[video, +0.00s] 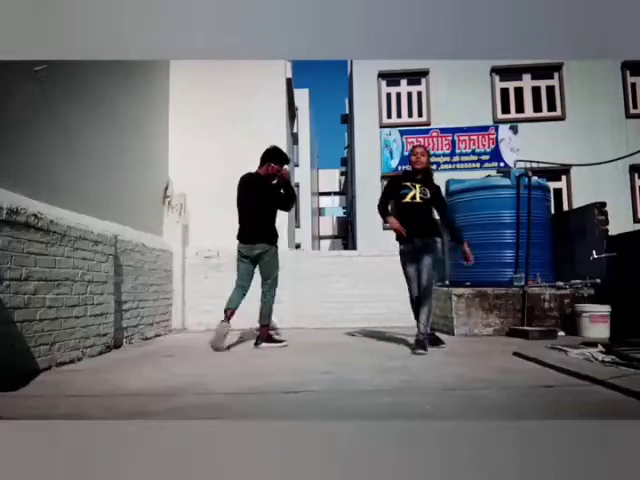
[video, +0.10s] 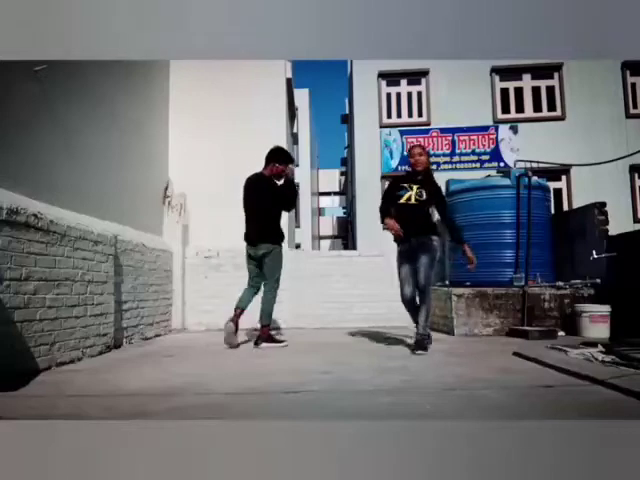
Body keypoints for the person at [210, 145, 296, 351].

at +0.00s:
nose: (280, 171)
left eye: (281, 168)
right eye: (280, 168)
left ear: (262, 163)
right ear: (272, 166)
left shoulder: (245, 180)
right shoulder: (269, 187)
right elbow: (288, 204)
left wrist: (276, 182)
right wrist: (287, 182)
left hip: (245, 241)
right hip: (265, 242)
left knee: (241, 285)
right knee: (269, 286)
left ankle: (225, 320)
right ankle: (264, 331)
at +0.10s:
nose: (285, 172)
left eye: (286, 168)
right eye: (284, 167)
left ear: (268, 164)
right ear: (275, 165)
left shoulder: (250, 181)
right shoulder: (271, 185)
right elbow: (288, 205)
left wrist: (282, 183)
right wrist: (290, 181)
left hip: (252, 241)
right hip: (271, 242)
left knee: (253, 284)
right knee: (271, 286)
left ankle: (235, 318)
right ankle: (265, 331)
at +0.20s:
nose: (288, 172)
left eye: (289, 168)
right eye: (288, 167)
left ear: (273, 164)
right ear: (279, 165)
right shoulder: (268, 183)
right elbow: (282, 207)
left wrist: (291, 186)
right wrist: (293, 186)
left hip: (259, 241)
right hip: (273, 241)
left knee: (268, 284)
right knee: (271, 285)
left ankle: (257, 325)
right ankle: (260, 327)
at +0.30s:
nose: (293, 172)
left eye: (294, 168)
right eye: (292, 167)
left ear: (280, 166)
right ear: (281, 165)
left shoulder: (269, 183)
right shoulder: (269, 184)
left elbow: (284, 206)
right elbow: (283, 207)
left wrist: (297, 191)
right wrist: (298, 192)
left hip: (271, 240)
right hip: (273, 241)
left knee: (279, 284)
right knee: (274, 284)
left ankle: (270, 325)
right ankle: (267, 327)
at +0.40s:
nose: (296, 172)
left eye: (297, 169)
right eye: (294, 168)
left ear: (287, 166)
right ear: (284, 165)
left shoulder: (280, 185)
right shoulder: (269, 183)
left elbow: (298, 204)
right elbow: (258, 210)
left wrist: (303, 186)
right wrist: (280, 208)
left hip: (280, 241)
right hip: (273, 241)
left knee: (288, 286)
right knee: (274, 285)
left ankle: (287, 328)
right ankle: (265, 329)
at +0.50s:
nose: (300, 173)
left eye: (302, 169)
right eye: (299, 168)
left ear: (295, 168)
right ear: (288, 165)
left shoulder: (290, 187)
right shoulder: (268, 182)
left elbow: (301, 210)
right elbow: (251, 207)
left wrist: (306, 189)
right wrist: (276, 219)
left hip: (288, 242)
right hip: (274, 242)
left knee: (299, 285)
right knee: (274, 286)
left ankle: (308, 328)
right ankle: (265, 331)